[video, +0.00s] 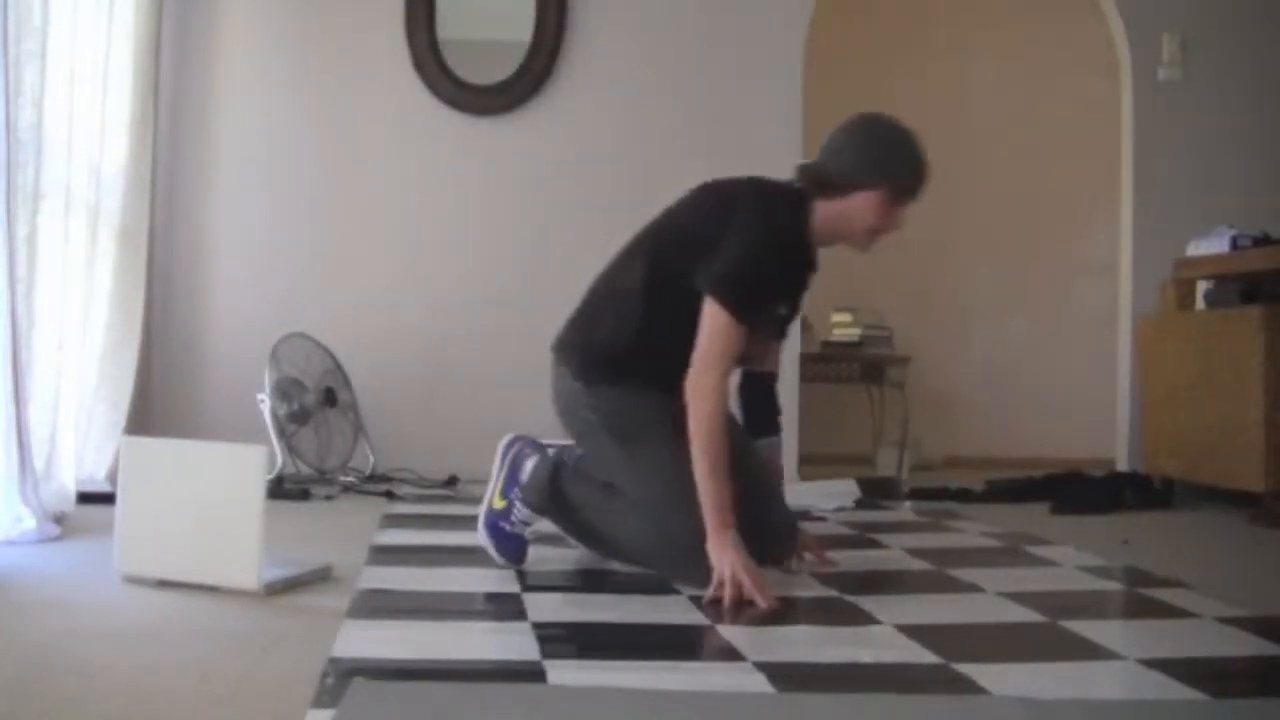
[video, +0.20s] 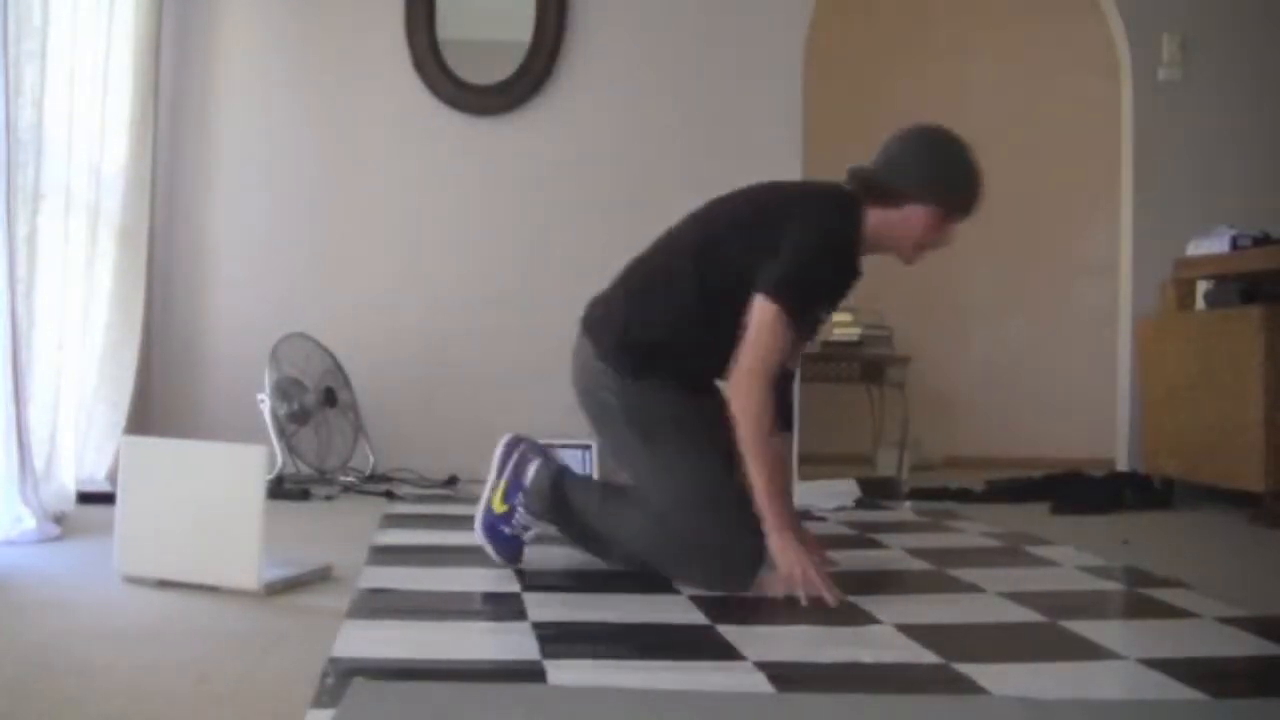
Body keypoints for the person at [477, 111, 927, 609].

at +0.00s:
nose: (895, 223)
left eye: (901, 208)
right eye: (894, 203)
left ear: (861, 191)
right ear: (858, 184)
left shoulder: (792, 248)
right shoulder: (760, 223)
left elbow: (757, 383)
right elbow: (703, 385)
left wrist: (781, 512)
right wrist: (723, 538)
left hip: (670, 390)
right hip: (600, 386)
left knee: (766, 540)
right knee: (695, 562)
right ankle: (539, 478)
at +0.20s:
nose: (945, 238)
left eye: (953, 224)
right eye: (947, 219)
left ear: (905, 196)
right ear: (913, 201)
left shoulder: (834, 235)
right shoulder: (821, 230)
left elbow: (769, 386)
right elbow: (747, 382)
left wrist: (783, 526)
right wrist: (779, 535)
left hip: (666, 373)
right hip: (630, 370)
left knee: (729, 540)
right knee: (721, 562)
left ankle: (566, 483)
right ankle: (542, 487)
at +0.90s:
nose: (914, 270)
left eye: (925, 259)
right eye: (921, 252)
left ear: (887, 220)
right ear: (894, 222)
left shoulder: (813, 254)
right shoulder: (803, 231)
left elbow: (742, 398)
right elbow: (765, 391)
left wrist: (783, 519)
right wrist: (781, 537)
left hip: (628, 374)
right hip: (596, 361)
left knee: (680, 542)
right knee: (645, 570)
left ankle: (502, 482)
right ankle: (477, 487)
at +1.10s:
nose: (858, 230)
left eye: (867, 218)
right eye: (862, 212)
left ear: (829, 193)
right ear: (832, 193)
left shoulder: (763, 244)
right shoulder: (743, 225)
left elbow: (729, 401)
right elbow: (742, 396)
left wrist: (782, 521)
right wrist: (785, 538)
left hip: (594, 385)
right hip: (560, 379)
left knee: (679, 541)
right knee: (641, 576)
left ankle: (505, 482)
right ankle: (474, 490)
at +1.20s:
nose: (837, 215)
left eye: (843, 200)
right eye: (838, 197)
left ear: (801, 179)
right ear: (809, 182)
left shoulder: (733, 228)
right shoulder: (725, 221)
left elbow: (714, 392)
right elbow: (734, 391)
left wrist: (774, 510)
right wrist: (786, 527)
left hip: (584, 392)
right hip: (551, 388)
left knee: (680, 542)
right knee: (643, 574)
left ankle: (515, 479)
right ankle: (471, 494)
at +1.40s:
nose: (794, 183)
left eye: (798, 166)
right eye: (793, 164)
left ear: (751, 150)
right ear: (763, 153)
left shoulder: (697, 210)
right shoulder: (691, 211)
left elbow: (697, 377)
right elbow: (696, 380)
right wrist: (752, 484)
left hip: (578, 405)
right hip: (537, 404)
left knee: (679, 541)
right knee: (638, 571)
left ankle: (493, 478)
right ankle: (472, 495)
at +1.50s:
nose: (786, 168)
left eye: (788, 151)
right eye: (783, 150)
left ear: (742, 140)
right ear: (752, 143)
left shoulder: (683, 196)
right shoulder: (681, 201)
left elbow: (700, 362)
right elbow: (699, 370)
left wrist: (744, 431)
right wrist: (748, 437)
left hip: (574, 405)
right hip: (534, 407)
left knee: (680, 543)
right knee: (639, 576)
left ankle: (488, 478)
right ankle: (472, 497)